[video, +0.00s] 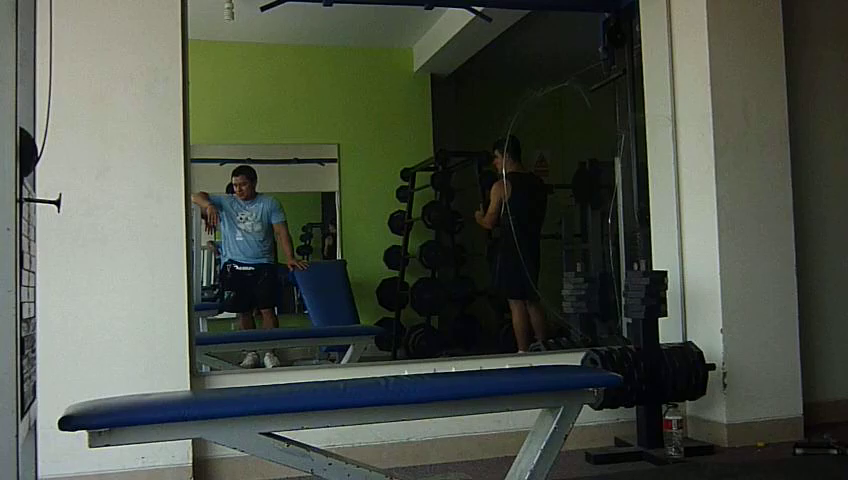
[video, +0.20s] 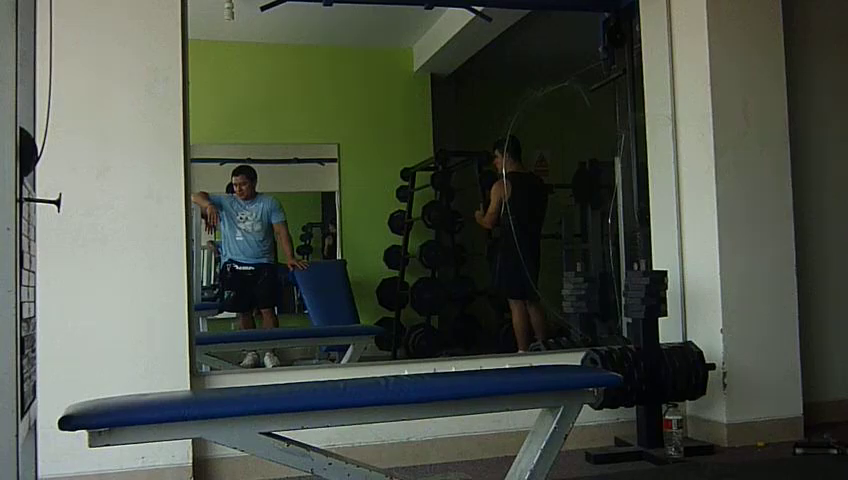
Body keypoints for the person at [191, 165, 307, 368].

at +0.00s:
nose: (238, 189)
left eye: (243, 184)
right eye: (235, 185)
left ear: (254, 184)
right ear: (232, 185)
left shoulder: (269, 204)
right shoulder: (226, 201)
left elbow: (281, 233)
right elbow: (197, 197)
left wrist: (290, 258)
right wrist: (208, 206)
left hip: (263, 268)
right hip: (235, 269)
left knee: (266, 310)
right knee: (244, 313)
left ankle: (269, 351)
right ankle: (251, 352)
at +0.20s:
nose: (238, 189)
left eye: (243, 184)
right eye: (235, 185)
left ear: (254, 183)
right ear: (232, 185)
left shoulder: (269, 203)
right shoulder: (226, 201)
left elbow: (281, 232)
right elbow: (197, 196)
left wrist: (290, 258)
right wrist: (208, 206)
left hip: (263, 267)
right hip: (235, 268)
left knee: (266, 310)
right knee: (244, 313)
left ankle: (269, 351)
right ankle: (251, 351)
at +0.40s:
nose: (238, 189)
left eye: (243, 184)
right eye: (235, 185)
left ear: (254, 184)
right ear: (232, 185)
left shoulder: (269, 204)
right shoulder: (226, 201)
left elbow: (281, 232)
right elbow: (197, 197)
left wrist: (290, 258)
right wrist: (208, 206)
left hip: (263, 267)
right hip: (235, 267)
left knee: (266, 311)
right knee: (243, 313)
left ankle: (269, 352)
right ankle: (251, 352)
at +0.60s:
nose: (238, 189)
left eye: (243, 184)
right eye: (235, 185)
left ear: (254, 184)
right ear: (232, 185)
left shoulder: (269, 204)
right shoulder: (226, 201)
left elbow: (281, 232)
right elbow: (197, 197)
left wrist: (290, 258)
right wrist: (208, 206)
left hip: (263, 267)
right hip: (235, 268)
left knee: (266, 311)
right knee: (243, 313)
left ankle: (269, 352)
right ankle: (250, 352)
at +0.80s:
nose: (238, 189)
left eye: (243, 184)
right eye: (235, 185)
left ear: (254, 184)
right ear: (232, 185)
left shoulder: (269, 204)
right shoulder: (226, 201)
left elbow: (282, 232)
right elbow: (197, 197)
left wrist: (289, 258)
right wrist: (208, 206)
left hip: (263, 267)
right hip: (235, 268)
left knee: (266, 311)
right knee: (243, 313)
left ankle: (269, 352)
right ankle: (250, 352)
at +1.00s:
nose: (238, 189)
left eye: (243, 185)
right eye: (235, 185)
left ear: (254, 184)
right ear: (232, 185)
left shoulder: (269, 204)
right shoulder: (226, 201)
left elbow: (282, 232)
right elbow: (197, 197)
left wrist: (289, 258)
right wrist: (208, 206)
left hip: (263, 267)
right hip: (235, 268)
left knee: (266, 311)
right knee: (243, 313)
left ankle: (269, 352)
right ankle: (251, 352)